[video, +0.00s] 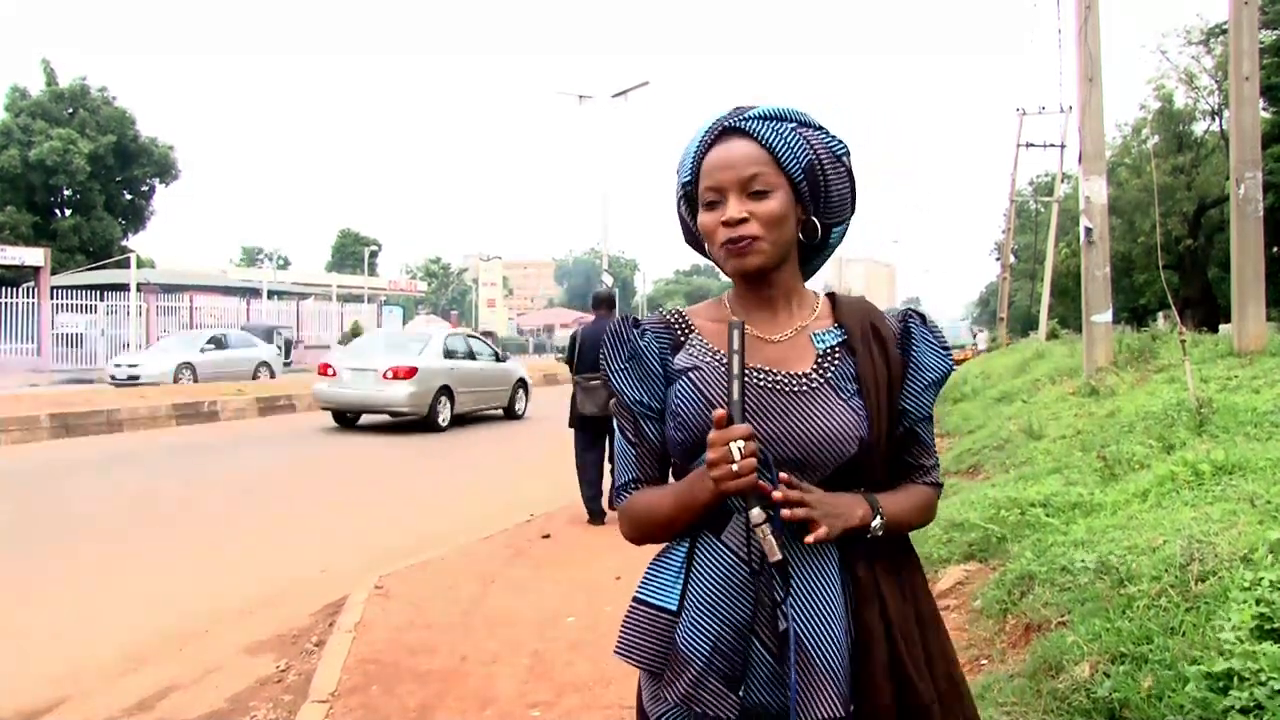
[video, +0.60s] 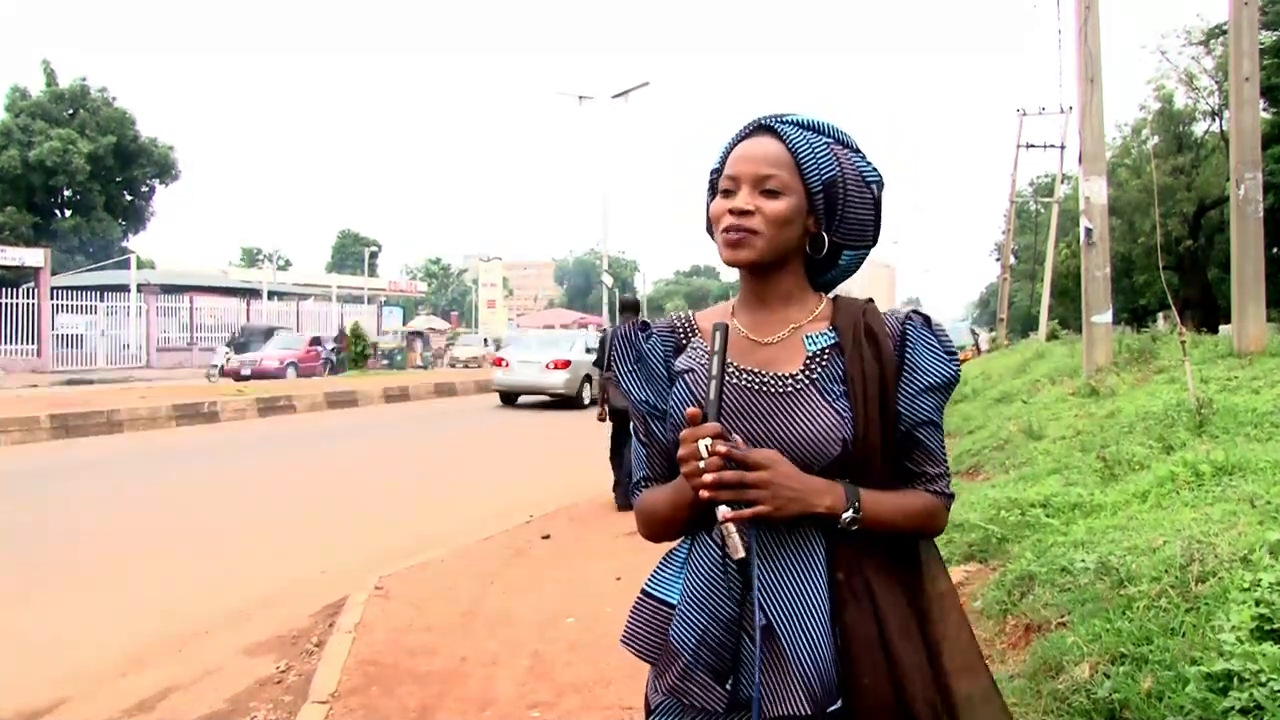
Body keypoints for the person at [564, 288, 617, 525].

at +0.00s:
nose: (604, 311)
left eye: (600, 307)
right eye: (610, 308)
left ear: (592, 308)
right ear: (614, 308)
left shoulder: (580, 334)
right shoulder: (623, 333)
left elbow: (571, 364)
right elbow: (629, 367)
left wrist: (584, 387)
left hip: (586, 403)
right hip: (618, 401)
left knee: (588, 456)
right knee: (620, 450)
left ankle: (595, 511)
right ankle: (619, 496)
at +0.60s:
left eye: (623, 310)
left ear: (619, 311)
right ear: (639, 312)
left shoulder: (610, 336)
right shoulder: (646, 337)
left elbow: (604, 372)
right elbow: (651, 371)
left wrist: (601, 402)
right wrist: (650, 397)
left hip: (618, 402)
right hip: (641, 401)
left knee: (617, 444)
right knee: (636, 445)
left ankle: (619, 484)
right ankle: (627, 493)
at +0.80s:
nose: (632, 320)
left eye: (628, 315)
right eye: (637, 315)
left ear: (623, 315)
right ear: (643, 315)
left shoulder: (614, 339)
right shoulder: (650, 339)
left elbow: (609, 374)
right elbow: (656, 372)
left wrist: (607, 403)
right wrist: (656, 398)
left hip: (623, 400)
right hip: (645, 401)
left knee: (627, 445)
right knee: (638, 445)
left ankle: (629, 483)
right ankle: (632, 488)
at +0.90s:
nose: (635, 317)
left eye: (631, 312)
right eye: (639, 312)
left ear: (625, 313)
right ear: (644, 313)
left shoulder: (616, 337)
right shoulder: (652, 336)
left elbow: (611, 373)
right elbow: (658, 368)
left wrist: (611, 402)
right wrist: (658, 394)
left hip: (624, 396)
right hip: (648, 394)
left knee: (626, 439)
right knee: (645, 436)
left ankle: (633, 481)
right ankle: (638, 472)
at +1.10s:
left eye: (639, 308)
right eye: (647, 308)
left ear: (635, 309)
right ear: (652, 310)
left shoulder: (623, 332)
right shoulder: (658, 332)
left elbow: (614, 357)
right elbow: (665, 359)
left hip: (626, 386)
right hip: (652, 386)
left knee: (629, 437)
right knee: (655, 432)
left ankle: (633, 484)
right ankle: (653, 473)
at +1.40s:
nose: (661, 317)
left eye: (657, 313)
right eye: (664, 313)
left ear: (651, 315)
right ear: (668, 314)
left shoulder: (639, 336)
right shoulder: (674, 336)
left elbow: (631, 359)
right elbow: (682, 362)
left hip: (642, 389)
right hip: (669, 389)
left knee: (639, 433)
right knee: (669, 435)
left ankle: (633, 476)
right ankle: (666, 476)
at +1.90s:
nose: (678, 318)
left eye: (674, 315)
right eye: (681, 314)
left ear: (669, 316)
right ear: (685, 315)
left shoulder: (661, 336)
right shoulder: (694, 334)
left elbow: (654, 367)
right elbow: (703, 361)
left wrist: (652, 393)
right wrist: (706, 383)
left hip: (667, 385)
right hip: (690, 384)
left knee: (669, 427)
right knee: (682, 427)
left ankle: (681, 464)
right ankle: (670, 469)